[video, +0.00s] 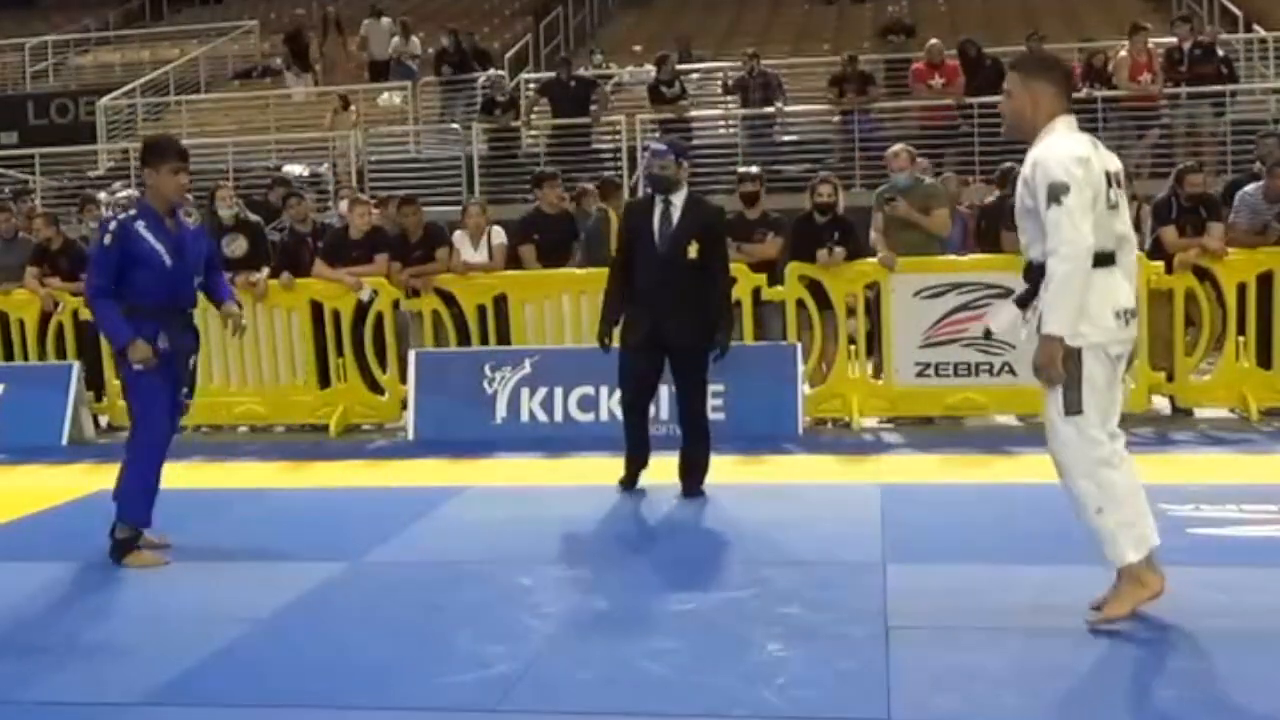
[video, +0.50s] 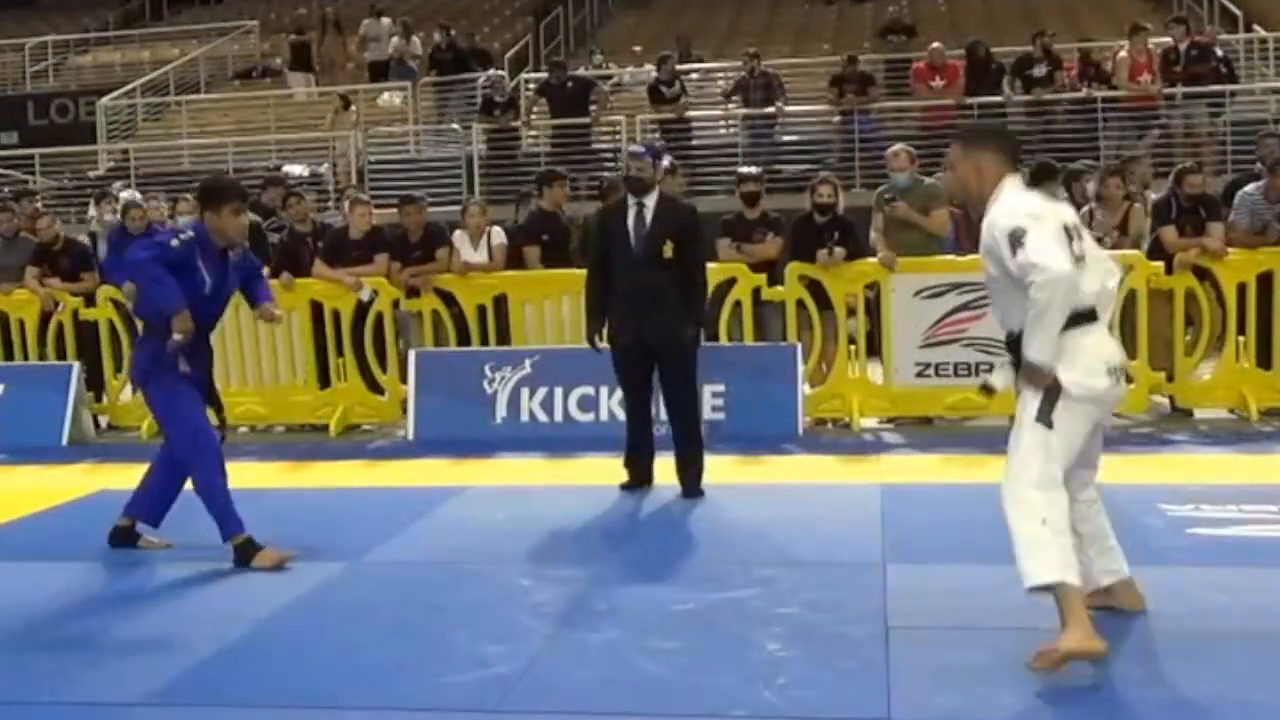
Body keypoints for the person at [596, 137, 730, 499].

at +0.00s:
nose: (654, 169)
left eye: (662, 163)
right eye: (651, 163)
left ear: (682, 169)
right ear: (647, 168)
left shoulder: (708, 214)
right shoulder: (635, 210)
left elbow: (718, 275)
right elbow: (621, 269)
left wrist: (721, 326)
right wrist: (609, 317)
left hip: (690, 325)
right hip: (642, 324)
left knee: (692, 406)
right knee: (632, 398)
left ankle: (692, 479)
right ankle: (634, 462)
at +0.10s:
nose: (652, 170)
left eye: (660, 164)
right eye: (649, 163)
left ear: (679, 169)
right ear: (644, 167)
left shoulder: (703, 215)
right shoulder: (630, 212)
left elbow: (717, 273)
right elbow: (616, 270)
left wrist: (723, 325)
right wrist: (605, 318)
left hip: (686, 324)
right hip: (638, 323)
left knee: (690, 406)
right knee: (634, 403)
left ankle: (692, 481)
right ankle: (634, 473)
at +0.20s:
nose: (647, 171)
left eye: (655, 164)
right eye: (643, 164)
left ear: (672, 169)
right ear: (637, 168)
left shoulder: (696, 215)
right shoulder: (624, 213)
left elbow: (712, 273)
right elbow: (612, 271)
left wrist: (721, 324)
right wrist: (601, 320)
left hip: (681, 325)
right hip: (634, 325)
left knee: (687, 407)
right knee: (636, 406)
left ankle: (692, 482)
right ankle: (636, 475)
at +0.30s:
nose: (642, 170)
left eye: (650, 165)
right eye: (638, 164)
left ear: (667, 170)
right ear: (631, 168)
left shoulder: (692, 215)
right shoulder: (618, 214)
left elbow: (706, 272)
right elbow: (607, 270)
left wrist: (715, 324)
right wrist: (599, 319)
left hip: (677, 325)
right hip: (630, 325)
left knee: (685, 406)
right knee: (636, 406)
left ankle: (691, 480)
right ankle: (637, 476)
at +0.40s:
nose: (637, 174)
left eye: (645, 167)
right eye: (634, 167)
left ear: (663, 170)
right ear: (628, 169)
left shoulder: (686, 214)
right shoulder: (613, 214)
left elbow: (698, 272)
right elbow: (602, 270)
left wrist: (704, 323)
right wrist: (597, 318)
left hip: (674, 324)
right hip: (628, 324)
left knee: (683, 406)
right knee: (636, 405)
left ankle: (691, 478)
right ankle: (638, 473)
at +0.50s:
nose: (633, 173)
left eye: (642, 167)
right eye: (630, 166)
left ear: (658, 172)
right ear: (624, 169)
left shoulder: (681, 214)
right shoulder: (606, 217)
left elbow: (694, 270)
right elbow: (597, 271)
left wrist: (695, 319)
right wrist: (595, 317)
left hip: (673, 323)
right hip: (626, 325)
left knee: (682, 405)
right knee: (635, 404)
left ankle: (690, 477)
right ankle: (638, 473)